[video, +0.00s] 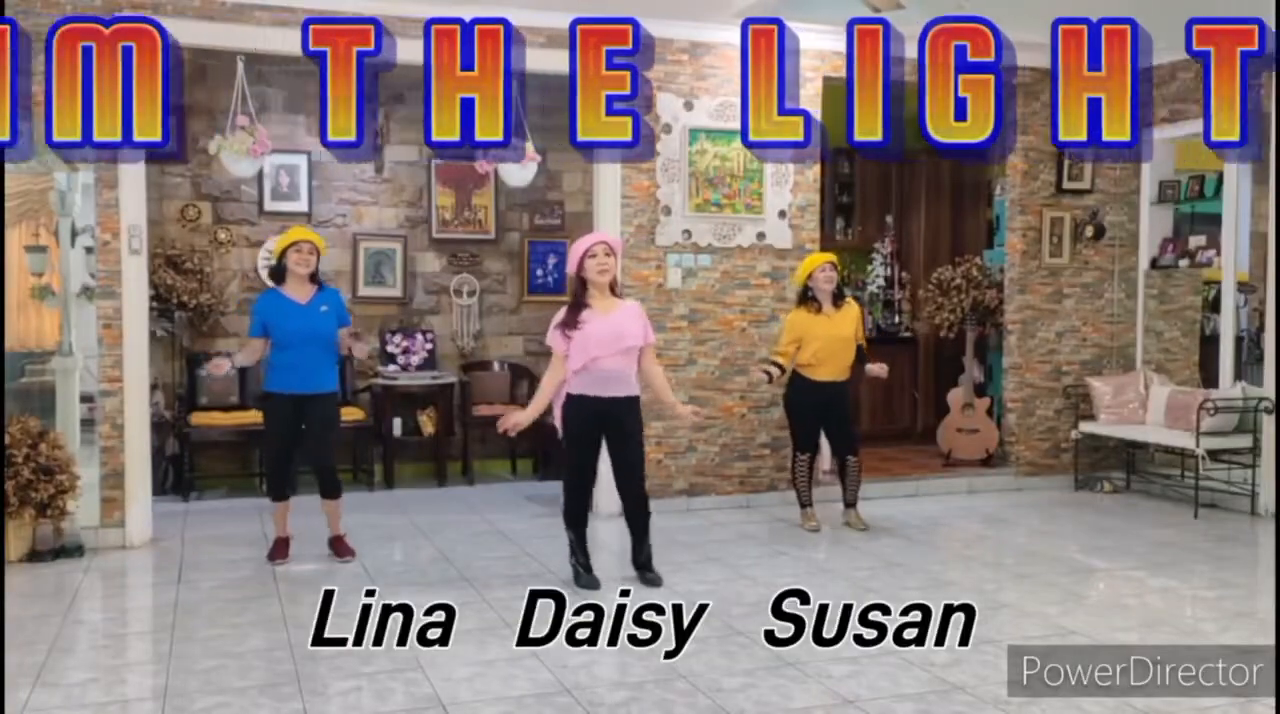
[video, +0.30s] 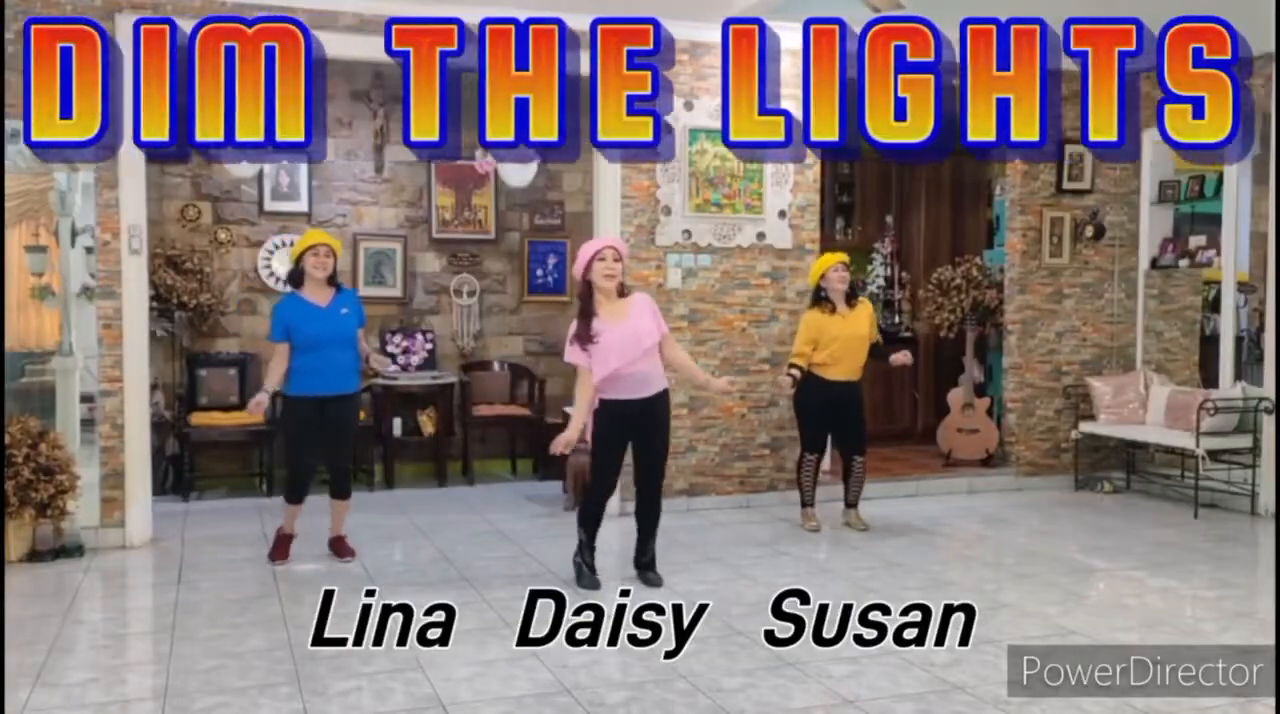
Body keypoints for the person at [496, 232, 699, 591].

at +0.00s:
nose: (601, 261)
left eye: (607, 256)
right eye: (593, 257)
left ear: (616, 264)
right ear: (580, 268)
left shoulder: (633, 311)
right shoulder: (569, 316)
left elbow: (649, 364)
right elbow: (556, 370)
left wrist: (673, 403)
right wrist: (529, 413)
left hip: (625, 406)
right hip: (581, 406)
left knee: (634, 486)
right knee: (579, 485)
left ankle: (643, 560)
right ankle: (580, 559)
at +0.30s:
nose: (610, 266)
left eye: (615, 260)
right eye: (601, 261)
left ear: (623, 269)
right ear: (586, 272)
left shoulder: (643, 304)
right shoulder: (585, 324)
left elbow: (671, 351)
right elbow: (585, 382)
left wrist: (709, 382)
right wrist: (573, 429)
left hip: (654, 406)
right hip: (611, 410)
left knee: (650, 486)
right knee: (602, 485)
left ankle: (646, 560)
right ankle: (584, 554)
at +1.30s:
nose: (617, 264)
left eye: (624, 258)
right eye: (610, 259)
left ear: (635, 267)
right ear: (599, 269)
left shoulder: (645, 315)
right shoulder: (585, 310)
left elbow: (653, 372)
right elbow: (562, 362)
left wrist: (678, 412)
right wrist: (557, 415)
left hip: (634, 407)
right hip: (591, 406)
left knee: (638, 485)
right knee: (591, 484)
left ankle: (642, 559)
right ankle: (587, 558)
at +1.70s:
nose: (612, 266)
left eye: (618, 259)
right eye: (604, 261)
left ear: (630, 267)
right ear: (594, 270)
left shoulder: (637, 318)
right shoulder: (575, 307)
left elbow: (639, 373)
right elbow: (530, 338)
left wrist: (644, 418)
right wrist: (513, 383)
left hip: (618, 408)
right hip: (576, 407)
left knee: (615, 488)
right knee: (579, 486)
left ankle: (612, 560)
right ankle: (585, 560)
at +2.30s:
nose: (617, 265)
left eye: (623, 259)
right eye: (609, 260)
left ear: (633, 266)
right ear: (597, 270)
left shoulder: (649, 309)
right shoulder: (586, 315)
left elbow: (661, 363)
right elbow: (569, 373)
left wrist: (683, 400)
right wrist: (533, 404)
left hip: (635, 406)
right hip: (590, 406)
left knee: (645, 485)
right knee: (589, 485)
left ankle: (657, 561)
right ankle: (587, 559)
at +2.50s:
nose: (627, 263)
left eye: (633, 257)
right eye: (618, 258)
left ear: (642, 265)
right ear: (606, 267)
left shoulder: (661, 304)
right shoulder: (601, 312)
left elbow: (684, 349)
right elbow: (589, 369)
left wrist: (692, 389)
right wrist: (571, 412)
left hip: (657, 403)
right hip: (612, 404)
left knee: (659, 485)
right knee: (603, 483)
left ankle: (662, 561)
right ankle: (591, 557)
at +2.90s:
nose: (647, 262)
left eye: (653, 256)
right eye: (639, 257)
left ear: (662, 265)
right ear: (627, 268)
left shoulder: (681, 304)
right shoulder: (620, 317)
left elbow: (713, 332)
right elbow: (608, 373)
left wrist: (703, 374)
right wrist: (621, 399)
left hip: (677, 404)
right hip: (637, 406)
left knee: (671, 487)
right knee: (639, 487)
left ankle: (665, 560)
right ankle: (642, 557)